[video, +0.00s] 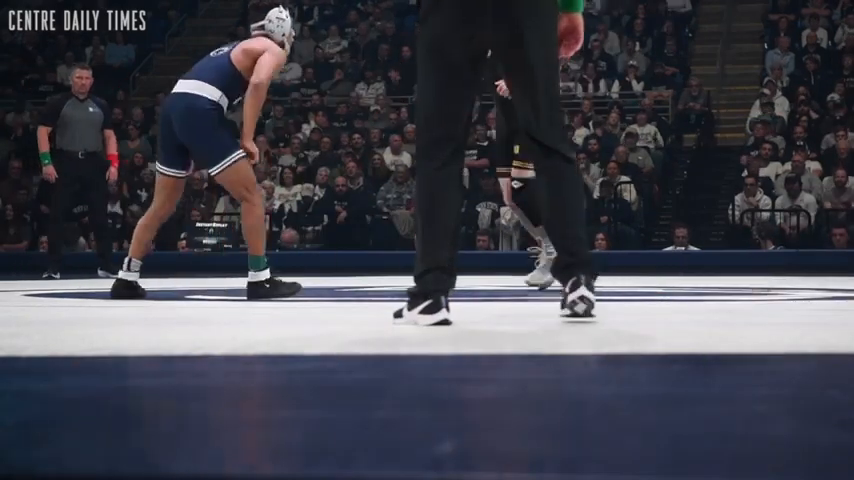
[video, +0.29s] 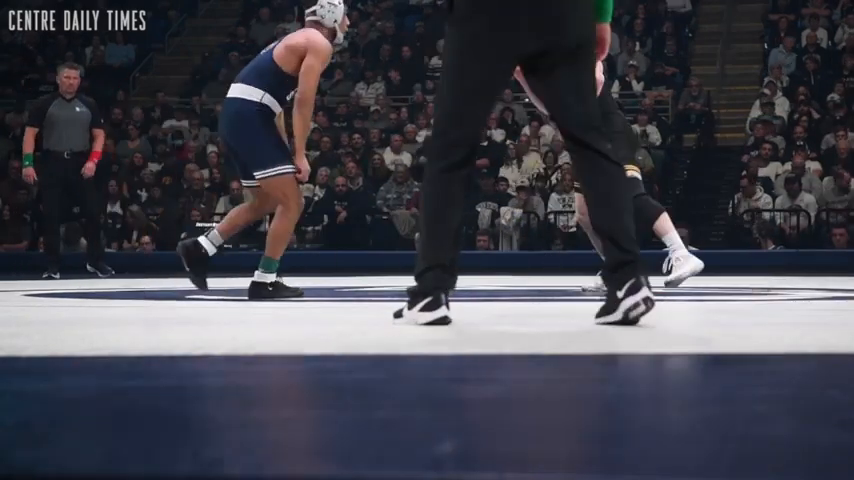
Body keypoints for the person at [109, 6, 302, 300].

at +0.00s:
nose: (288, 50)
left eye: (288, 46)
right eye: (289, 44)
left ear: (259, 32)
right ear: (286, 37)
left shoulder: (235, 47)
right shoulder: (273, 49)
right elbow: (258, 82)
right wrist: (247, 137)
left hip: (171, 113)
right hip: (201, 114)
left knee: (162, 204)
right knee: (252, 196)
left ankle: (127, 276)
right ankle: (260, 279)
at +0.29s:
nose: (347, 25)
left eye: (347, 20)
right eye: (345, 19)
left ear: (315, 18)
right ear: (335, 20)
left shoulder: (294, 40)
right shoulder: (319, 44)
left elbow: (274, 105)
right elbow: (304, 101)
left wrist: (285, 148)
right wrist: (300, 154)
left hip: (234, 117)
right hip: (250, 119)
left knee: (265, 202)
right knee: (292, 203)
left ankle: (202, 247)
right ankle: (265, 279)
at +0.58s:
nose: (407, 27)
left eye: (405, 21)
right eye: (403, 21)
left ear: (376, 21)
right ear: (391, 22)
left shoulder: (361, 41)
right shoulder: (376, 44)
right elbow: (346, 72)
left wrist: (337, 125)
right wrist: (344, 124)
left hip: (306, 122)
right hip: (306, 122)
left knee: (351, 203)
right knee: (335, 209)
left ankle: (378, 274)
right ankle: (278, 267)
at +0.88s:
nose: (460, 94)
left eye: (461, 87)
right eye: (458, 86)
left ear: (434, 81)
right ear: (443, 83)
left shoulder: (407, 104)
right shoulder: (419, 96)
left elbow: (409, 172)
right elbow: (424, 158)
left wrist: (432, 207)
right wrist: (446, 205)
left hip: (326, 136)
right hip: (326, 134)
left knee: (385, 195)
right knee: (384, 194)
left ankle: (386, 272)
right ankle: (385, 273)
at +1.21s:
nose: (468, 119)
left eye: (470, 115)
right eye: (470, 114)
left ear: (446, 97)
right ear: (466, 108)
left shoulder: (418, 113)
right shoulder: (444, 118)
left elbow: (399, 172)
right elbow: (468, 170)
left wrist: (410, 227)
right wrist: (496, 204)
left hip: (330, 150)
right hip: (343, 150)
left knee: (372, 216)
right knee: (414, 204)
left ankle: (305, 237)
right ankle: (391, 278)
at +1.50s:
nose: (495, 121)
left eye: (493, 116)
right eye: (495, 115)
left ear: (466, 105)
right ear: (488, 112)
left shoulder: (442, 120)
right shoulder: (484, 126)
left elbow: (458, 165)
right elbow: (518, 169)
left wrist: (495, 170)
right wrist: (538, 185)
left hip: (373, 154)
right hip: (409, 155)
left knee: (363, 245)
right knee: (473, 210)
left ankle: (308, 271)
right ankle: (465, 251)